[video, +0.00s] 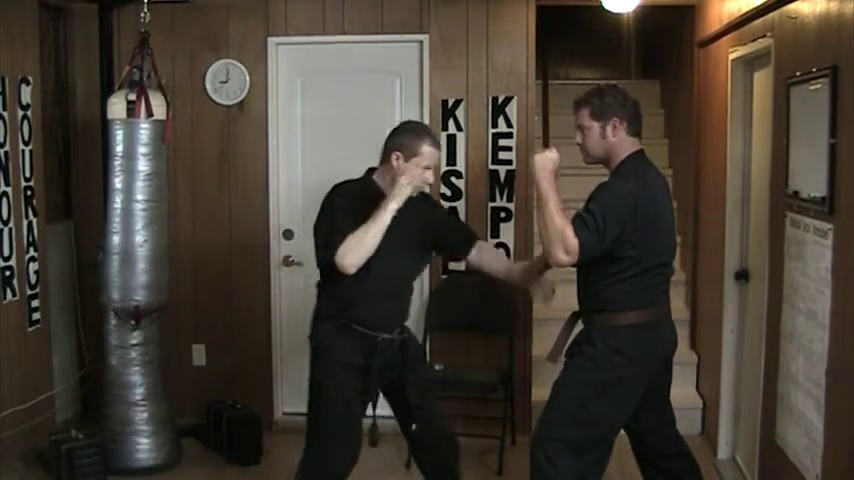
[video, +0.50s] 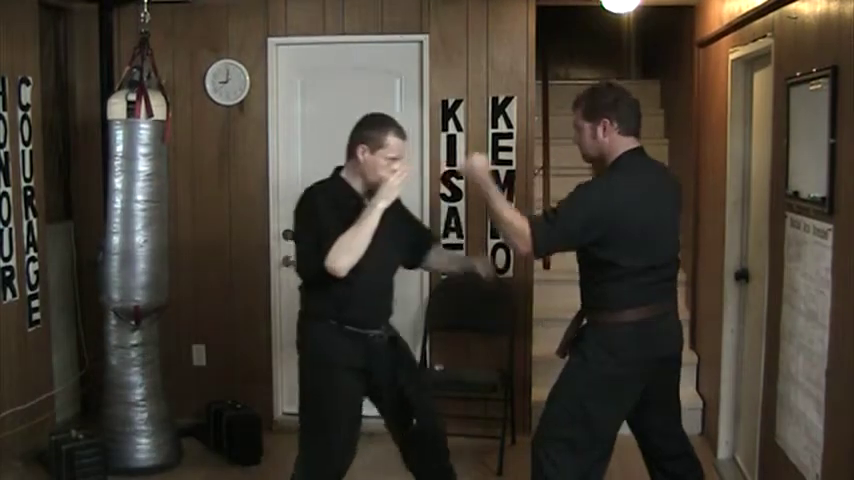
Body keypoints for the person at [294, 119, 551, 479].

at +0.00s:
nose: (430, 179)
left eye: (434, 170)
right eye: (425, 168)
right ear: (395, 159)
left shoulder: (425, 211)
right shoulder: (346, 197)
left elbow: (474, 249)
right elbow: (347, 260)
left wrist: (519, 273)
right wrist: (394, 200)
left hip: (396, 343)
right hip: (341, 342)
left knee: (439, 449)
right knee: (332, 454)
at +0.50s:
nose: (398, 169)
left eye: (400, 160)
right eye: (390, 159)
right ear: (359, 153)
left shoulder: (386, 204)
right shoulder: (319, 199)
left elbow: (425, 253)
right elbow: (337, 263)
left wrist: (468, 263)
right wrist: (379, 203)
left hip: (380, 341)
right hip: (329, 342)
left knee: (426, 443)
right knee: (328, 454)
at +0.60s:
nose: (377, 163)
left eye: (379, 155)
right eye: (370, 153)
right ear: (339, 147)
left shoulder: (356, 197)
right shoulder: (298, 194)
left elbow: (390, 245)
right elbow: (321, 256)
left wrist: (427, 232)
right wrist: (365, 194)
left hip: (359, 338)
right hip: (311, 340)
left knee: (405, 445)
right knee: (312, 454)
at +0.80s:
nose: (346, 156)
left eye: (349, 148)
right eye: (341, 145)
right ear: (313, 140)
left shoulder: (328, 187)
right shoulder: (270, 187)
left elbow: (369, 232)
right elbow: (295, 244)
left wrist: (391, 190)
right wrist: (332, 180)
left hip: (329, 329)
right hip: (283, 330)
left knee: (348, 425)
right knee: (294, 438)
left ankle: (333, 478)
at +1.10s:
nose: (322, 159)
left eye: (325, 152)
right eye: (316, 149)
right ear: (289, 143)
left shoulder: (309, 189)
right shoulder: (246, 181)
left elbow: (347, 234)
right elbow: (259, 241)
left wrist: (373, 198)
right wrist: (300, 182)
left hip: (288, 328)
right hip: (243, 328)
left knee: (295, 433)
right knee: (243, 437)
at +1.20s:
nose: (307, 161)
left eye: (310, 153)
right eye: (301, 151)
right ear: (273, 144)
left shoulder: (294, 191)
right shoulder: (231, 185)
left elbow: (331, 234)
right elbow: (249, 241)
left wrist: (354, 195)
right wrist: (291, 183)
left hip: (275, 327)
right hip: (228, 328)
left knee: (291, 430)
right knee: (221, 432)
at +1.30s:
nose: (288, 162)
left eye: (292, 154)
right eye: (284, 152)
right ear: (256, 147)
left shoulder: (273, 193)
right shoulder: (214, 188)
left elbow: (312, 235)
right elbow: (239, 243)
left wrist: (333, 195)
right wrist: (276, 184)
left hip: (261, 329)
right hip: (213, 328)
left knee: (288, 428)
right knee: (187, 427)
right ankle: (145, 476)